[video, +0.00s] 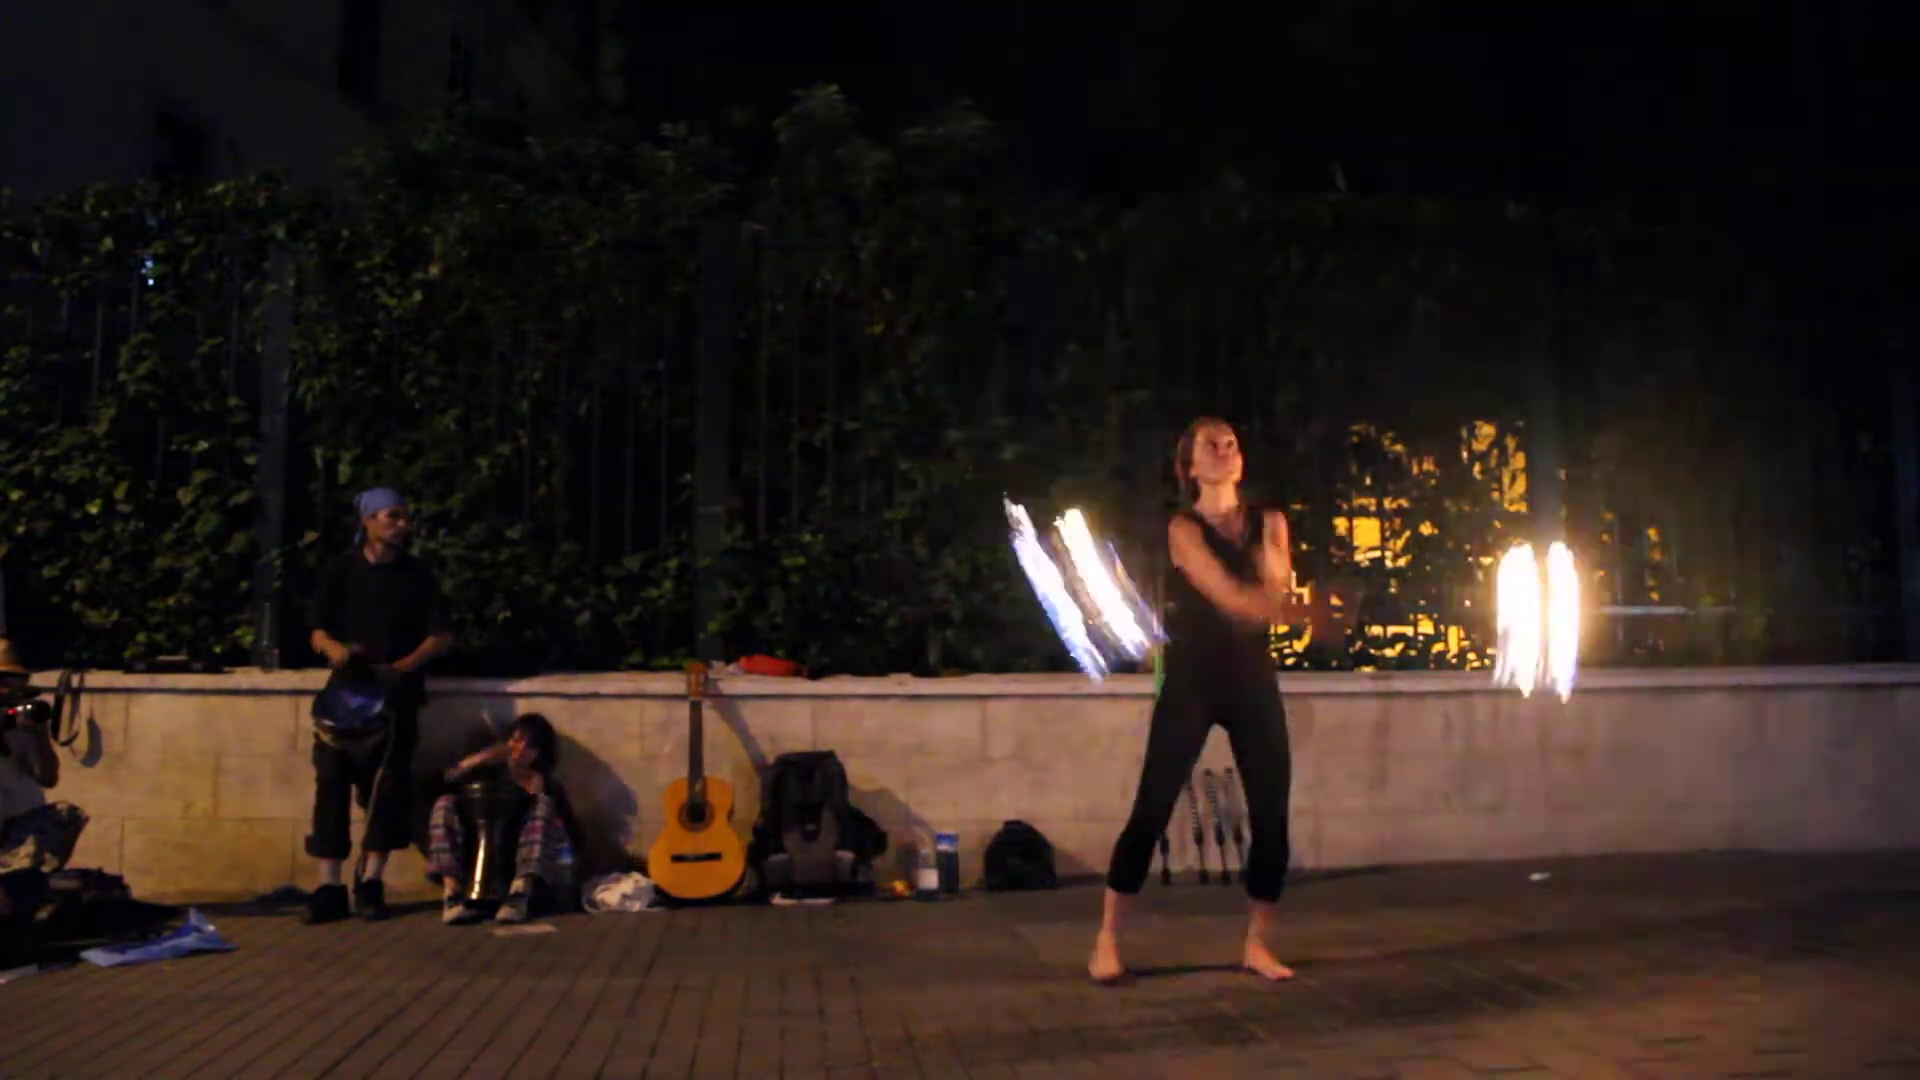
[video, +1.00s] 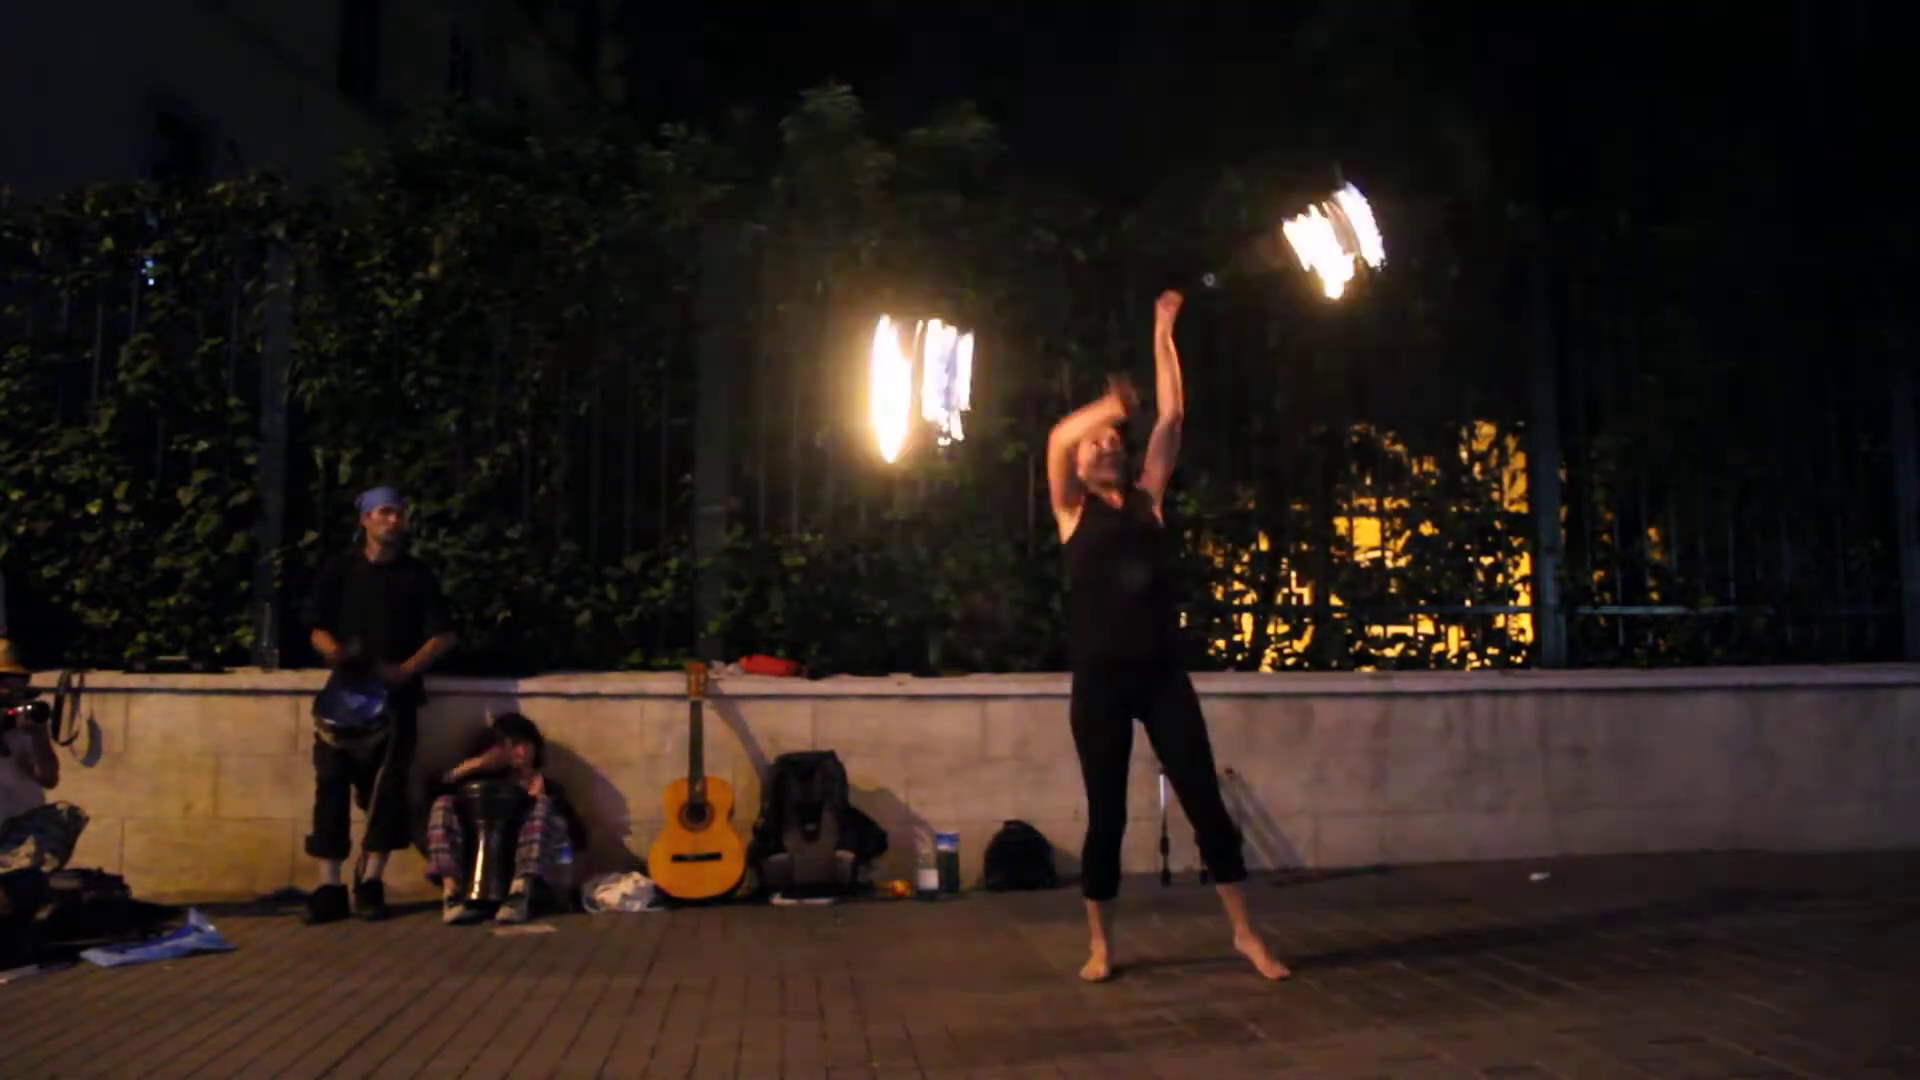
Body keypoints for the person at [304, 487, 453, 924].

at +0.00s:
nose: (402, 524)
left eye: (404, 517)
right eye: (393, 518)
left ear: (405, 523)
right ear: (368, 522)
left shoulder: (418, 574)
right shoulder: (341, 571)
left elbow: (441, 636)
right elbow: (317, 631)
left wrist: (401, 667)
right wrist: (336, 650)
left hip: (396, 692)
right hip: (345, 690)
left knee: (389, 783)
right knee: (331, 782)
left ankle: (370, 880)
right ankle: (330, 883)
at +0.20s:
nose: (403, 524)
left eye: (404, 518)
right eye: (394, 518)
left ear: (403, 524)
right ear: (369, 522)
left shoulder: (417, 574)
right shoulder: (340, 571)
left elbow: (440, 634)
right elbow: (316, 629)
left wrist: (402, 660)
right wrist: (338, 657)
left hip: (396, 693)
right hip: (345, 690)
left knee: (389, 782)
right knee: (331, 781)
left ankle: (370, 880)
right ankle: (330, 882)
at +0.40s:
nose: (402, 525)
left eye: (404, 518)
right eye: (393, 518)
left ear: (404, 523)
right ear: (369, 523)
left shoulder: (417, 574)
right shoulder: (342, 571)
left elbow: (441, 634)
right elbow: (315, 627)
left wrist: (398, 659)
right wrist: (336, 659)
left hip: (396, 693)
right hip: (344, 689)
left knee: (388, 783)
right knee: (331, 783)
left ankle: (370, 880)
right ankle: (330, 883)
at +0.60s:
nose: (402, 525)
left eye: (405, 518)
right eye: (393, 518)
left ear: (406, 524)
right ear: (368, 522)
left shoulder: (418, 575)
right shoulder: (341, 571)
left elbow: (440, 636)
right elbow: (315, 626)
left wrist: (402, 662)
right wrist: (339, 649)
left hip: (396, 692)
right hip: (345, 689)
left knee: (389, 784)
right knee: (331, 783)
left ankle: (370, 880)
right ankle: (330, 883)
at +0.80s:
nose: (400, 523)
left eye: (403, 517)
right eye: (391, 516)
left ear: (406, 523)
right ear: (367, 522)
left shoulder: (417, 575)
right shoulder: (341, 571)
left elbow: (442, 637)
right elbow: (316, 629)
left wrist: (405, 669)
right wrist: (336, 647)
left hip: (395, 693)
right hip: (345, 690)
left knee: (388, 786)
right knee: (331, 784)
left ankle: (371, 880)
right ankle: (330, 883)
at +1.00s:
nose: (394, 520)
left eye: (399, 514)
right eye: (385, 513)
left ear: (405, 523)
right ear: (365, 520)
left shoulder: (417, 575)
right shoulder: (340, 571)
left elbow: (442, 636)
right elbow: (316, 628)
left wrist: (405, 669)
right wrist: (340, 656)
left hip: (395, 692)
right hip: (345, 690)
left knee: (389, 784)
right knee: (331, 783)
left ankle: (370, 880)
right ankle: (330, 882)